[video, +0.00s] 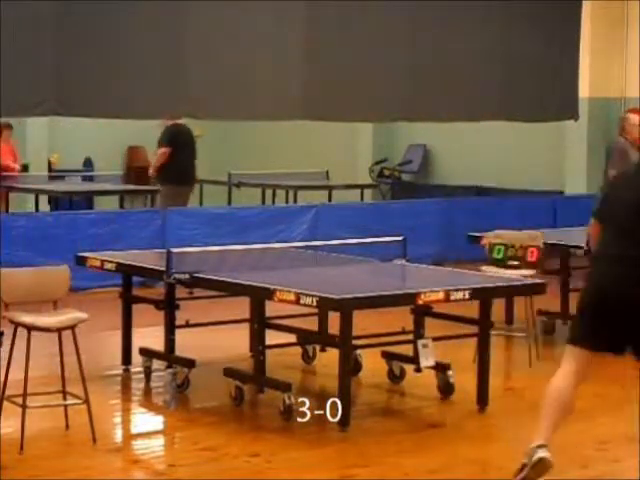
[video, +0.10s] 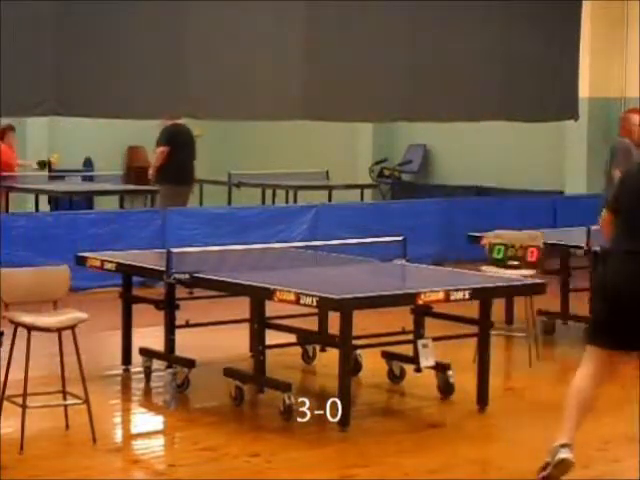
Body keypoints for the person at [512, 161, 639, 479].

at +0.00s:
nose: (630, 131)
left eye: (631, 124)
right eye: (630, 125)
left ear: (633, 140)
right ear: (632, 139)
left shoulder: (621, 183)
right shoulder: (622, 182)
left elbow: (595, 233)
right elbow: (596, 233)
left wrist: (606, 260)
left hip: (611, 281)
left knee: (571, 366)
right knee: (570, 368)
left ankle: (541, 443)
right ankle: (540, 443)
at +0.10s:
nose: (633, 128)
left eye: (632, 123)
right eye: (633, 123)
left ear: (631, 135)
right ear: (633, 134)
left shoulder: (631, 178)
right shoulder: (630, 177)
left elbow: (607, 225)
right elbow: (608, 225)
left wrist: (621, 247)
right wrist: (620, 244)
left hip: (621, 275)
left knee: (595, 359)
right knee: (594, 361)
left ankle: (565, 442)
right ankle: (564, 441)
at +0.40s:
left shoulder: (637, 172)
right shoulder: (635, 173)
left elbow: (619, 217)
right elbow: (620, 216)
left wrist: (631, 244)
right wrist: (631, 244)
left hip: (634, 267)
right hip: (633, 268)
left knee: (630, 356)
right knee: (629, 357)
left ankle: (616, 446)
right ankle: (615, 445)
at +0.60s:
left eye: (639, 126)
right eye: (639, 126)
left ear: (632, 127)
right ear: (633, 127)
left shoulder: (624, 145)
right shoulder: (630, 147)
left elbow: (628, 178)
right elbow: (634, 179)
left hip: (614, 202)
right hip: (622, 204)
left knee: (613, 243)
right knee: (618, 244)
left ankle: (609, 275)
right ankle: (613, 278)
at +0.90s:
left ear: (634, 130)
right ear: (638, 131)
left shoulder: (627, 147)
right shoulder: (632, 148)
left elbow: (629, 181)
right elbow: (634, 182)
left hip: (615, 205)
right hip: (623, 207)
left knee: (615, 245)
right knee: (618, 246)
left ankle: (611, 277)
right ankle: (612, 278)